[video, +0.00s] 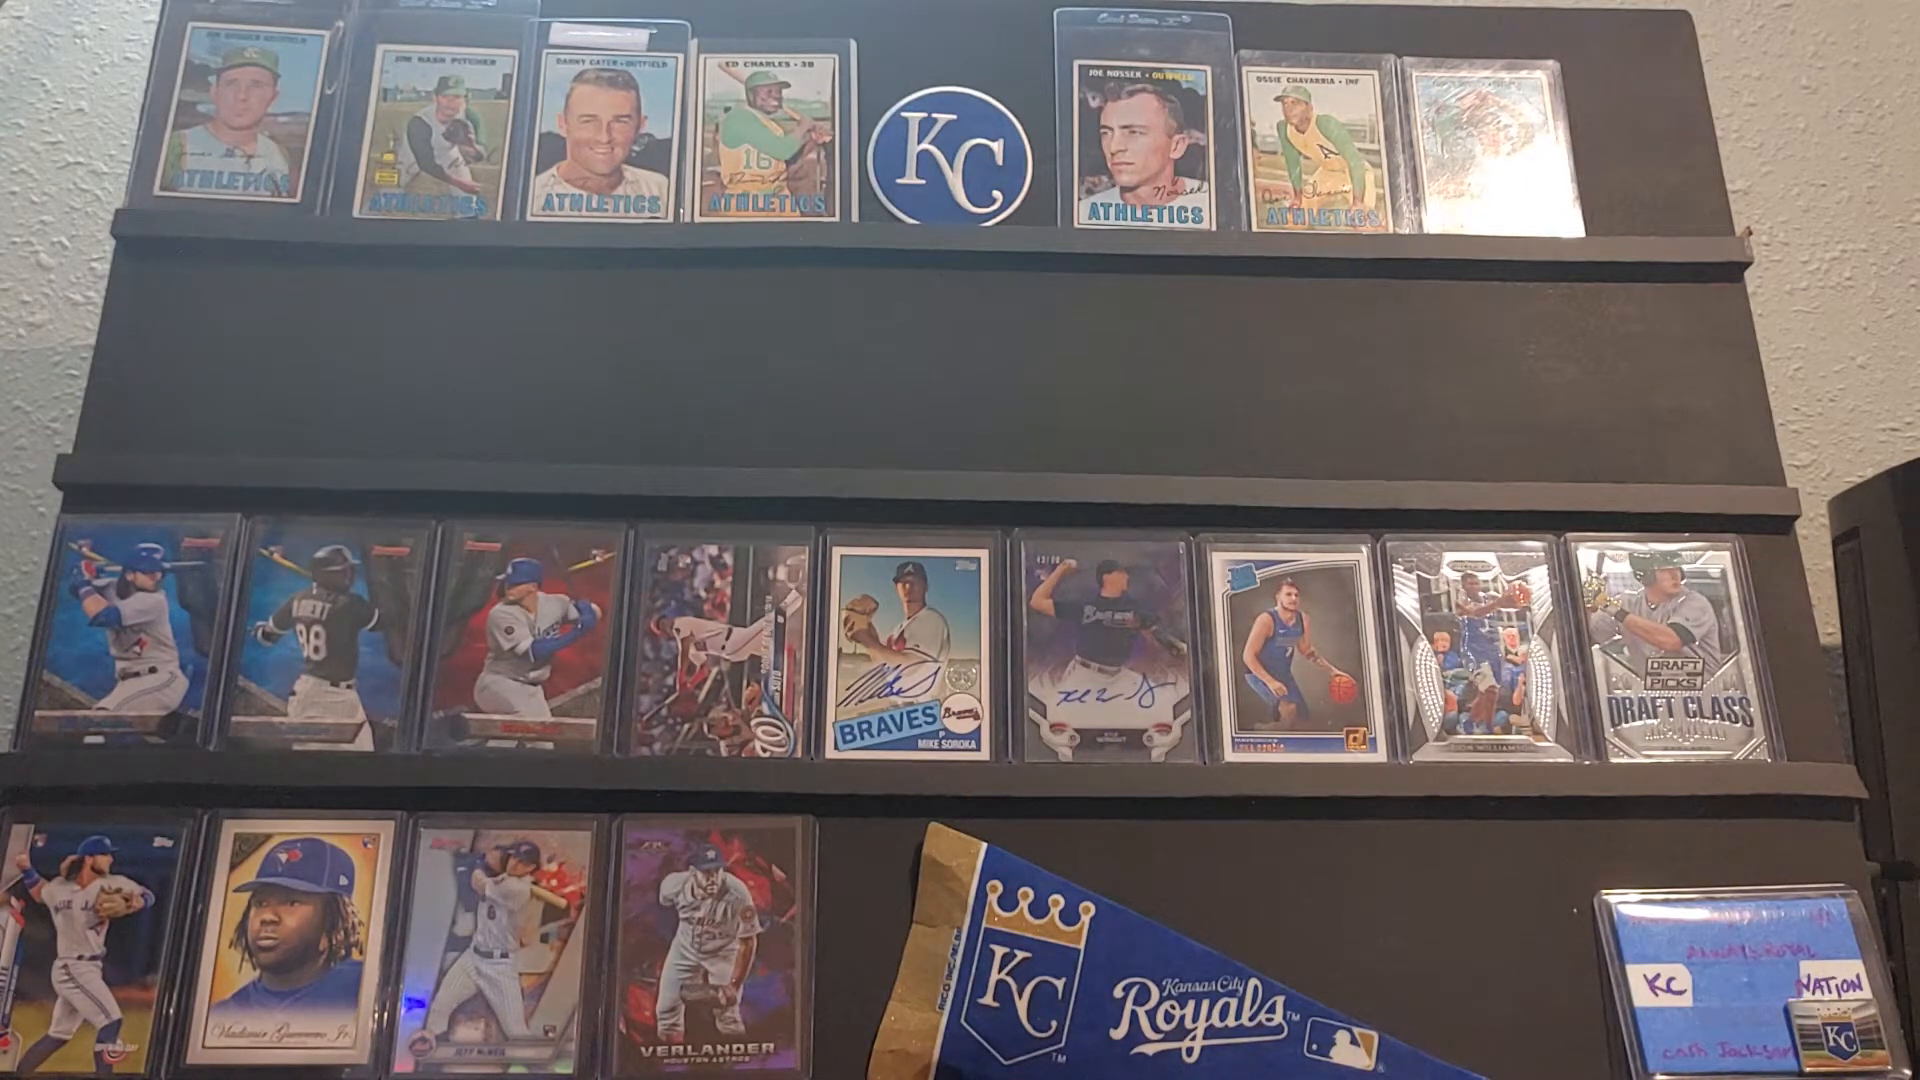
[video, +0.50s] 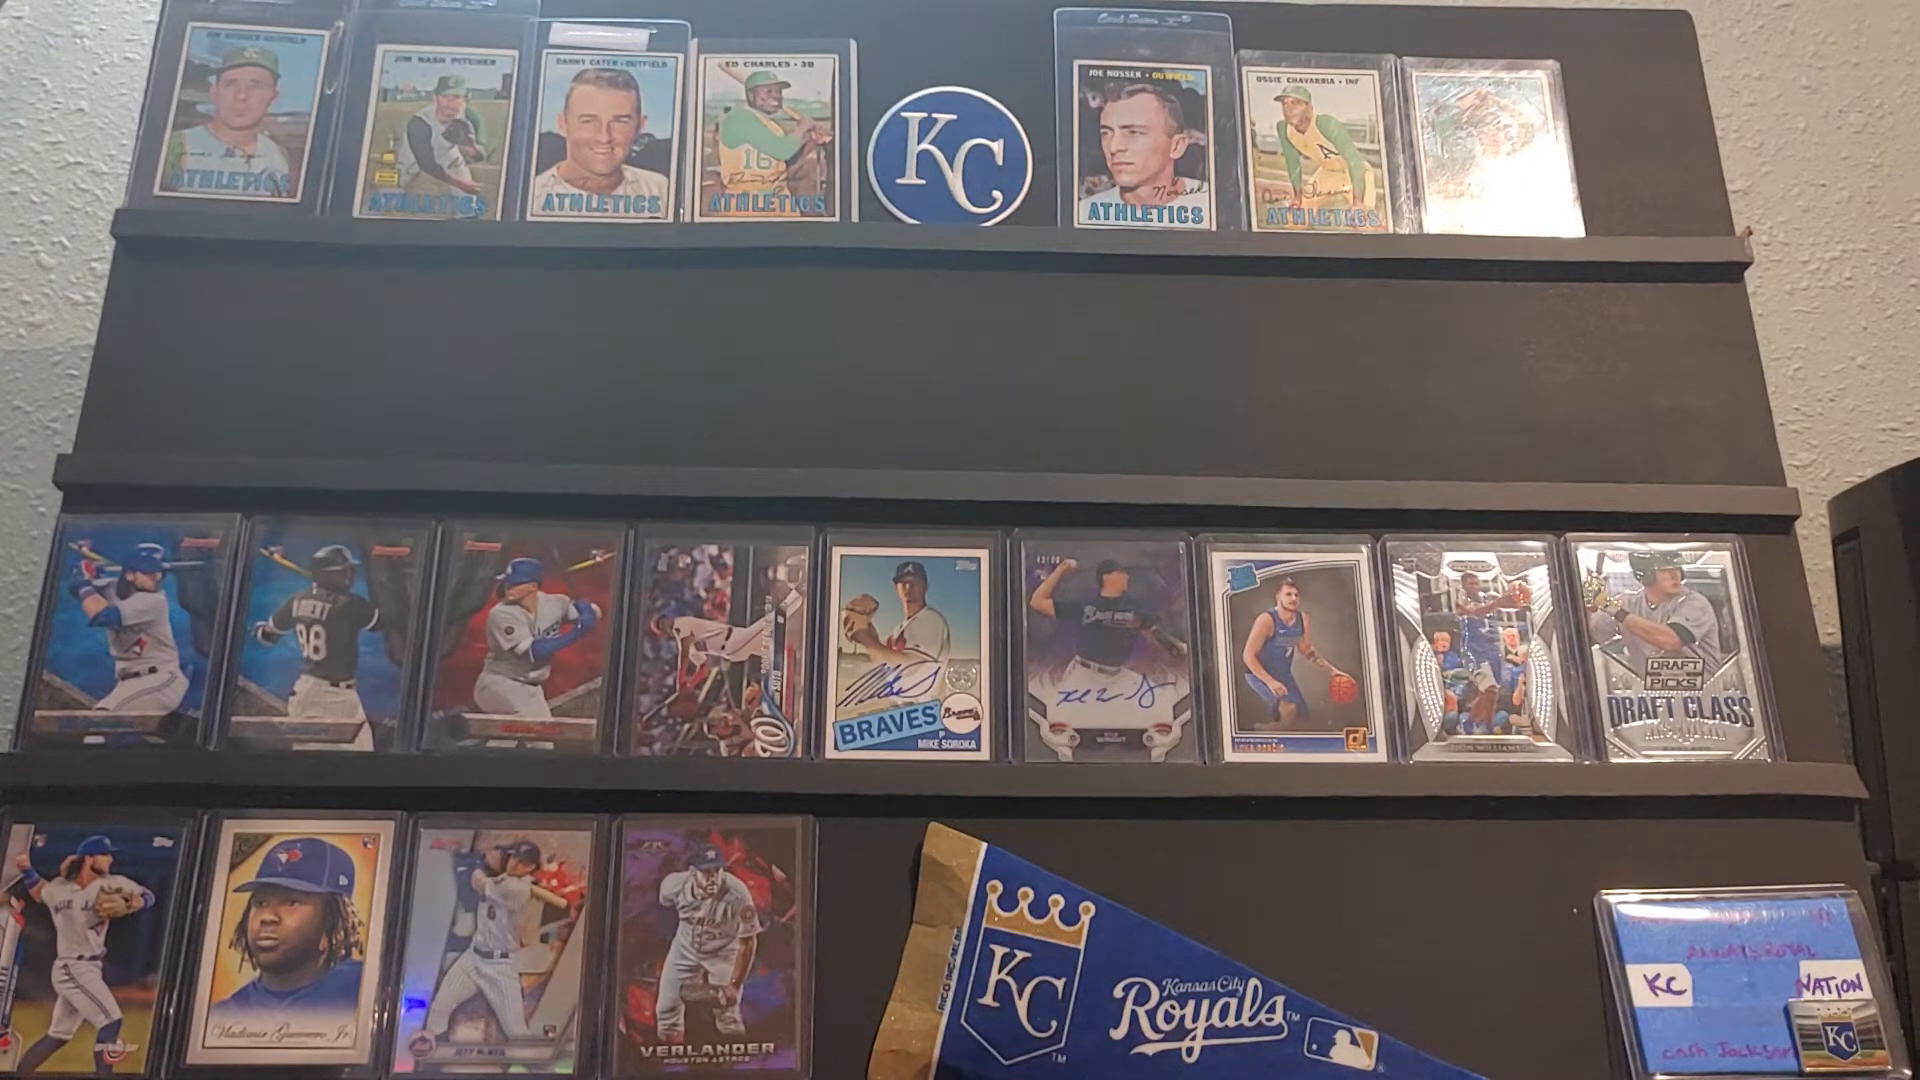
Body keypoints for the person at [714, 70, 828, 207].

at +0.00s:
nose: (776, 97)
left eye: (779, 92)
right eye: (769, 92)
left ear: (782, 93)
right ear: (752, 96)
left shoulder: (774, 126)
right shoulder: (738, 118)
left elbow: (785, 168)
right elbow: (783, 151)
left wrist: (811, 143)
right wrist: (802, 128)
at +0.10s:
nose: (776, 97)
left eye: (779, 92)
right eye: (769, 92)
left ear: (782, 94)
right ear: (751, 95)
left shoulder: (774, 126)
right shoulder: (738, 118)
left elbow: (785, 167)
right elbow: (783, 152)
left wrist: (811, 143)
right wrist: (802, 128)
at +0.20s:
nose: (776, 97)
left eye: (779, 92)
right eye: (769, 92)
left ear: (782, 93)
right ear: (751, 95)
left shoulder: (774, 126)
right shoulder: (739, 118)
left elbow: (784, 168)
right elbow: (783, 151)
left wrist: (811, 143)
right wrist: (802, 128)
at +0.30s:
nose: (776, 97)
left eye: (778, 92)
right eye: (769, 92)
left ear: (782, 93)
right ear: (751, 96)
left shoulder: (774, 126)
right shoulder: (738, 118)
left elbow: (784, 168)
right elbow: (783, 151)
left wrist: (811, 143)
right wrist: (802, 128)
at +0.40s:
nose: (776, 97)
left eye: (778, 92)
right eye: (769, 92)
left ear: (782, 93)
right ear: (751, 96)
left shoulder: (774, 126)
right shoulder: (738, 118)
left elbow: (784, 168)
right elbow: (783, 151)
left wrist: (811, 143)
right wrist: (802, 128)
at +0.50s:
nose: (776, 97)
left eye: (779, 92)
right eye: (769, 92)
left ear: (782, 93)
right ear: (751, 95)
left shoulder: (773, 125)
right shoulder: (738, 118)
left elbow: (784, 168)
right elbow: (783, 151)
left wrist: (811, 143)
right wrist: (802, 128)